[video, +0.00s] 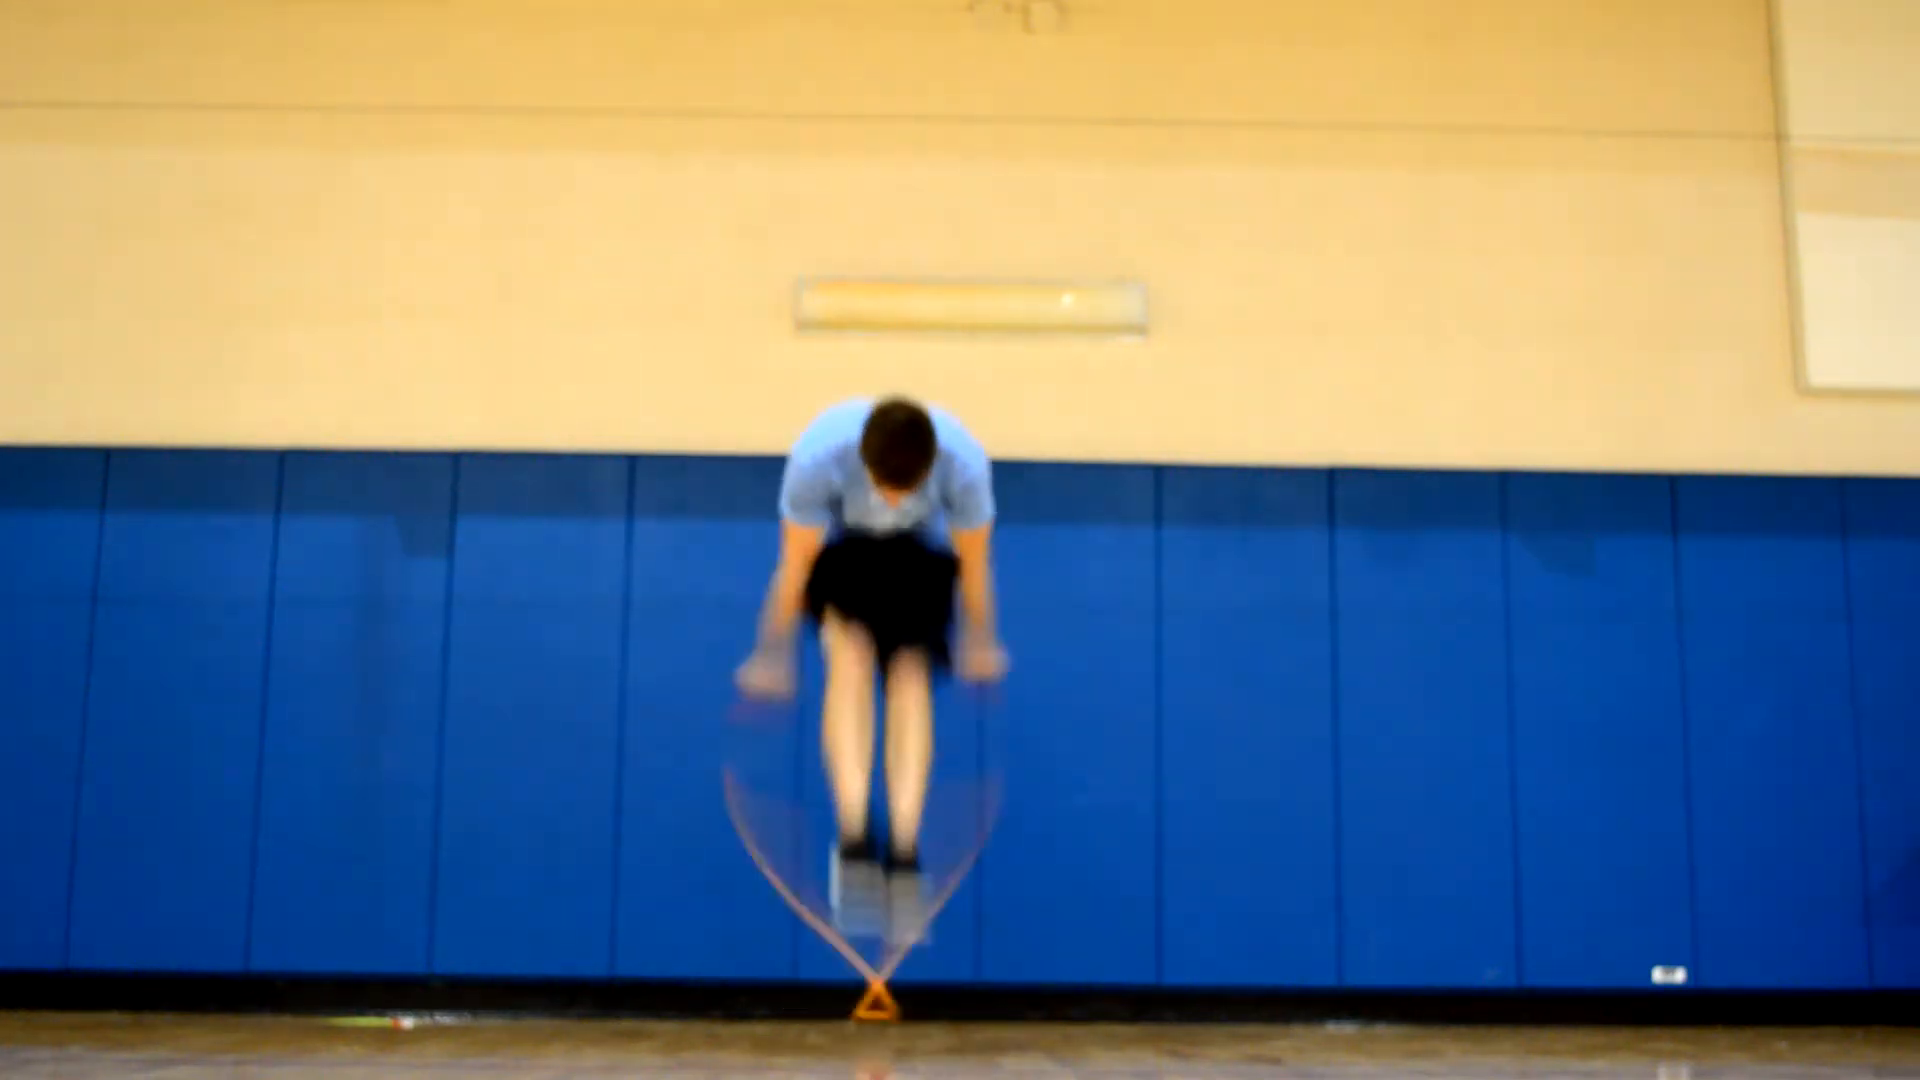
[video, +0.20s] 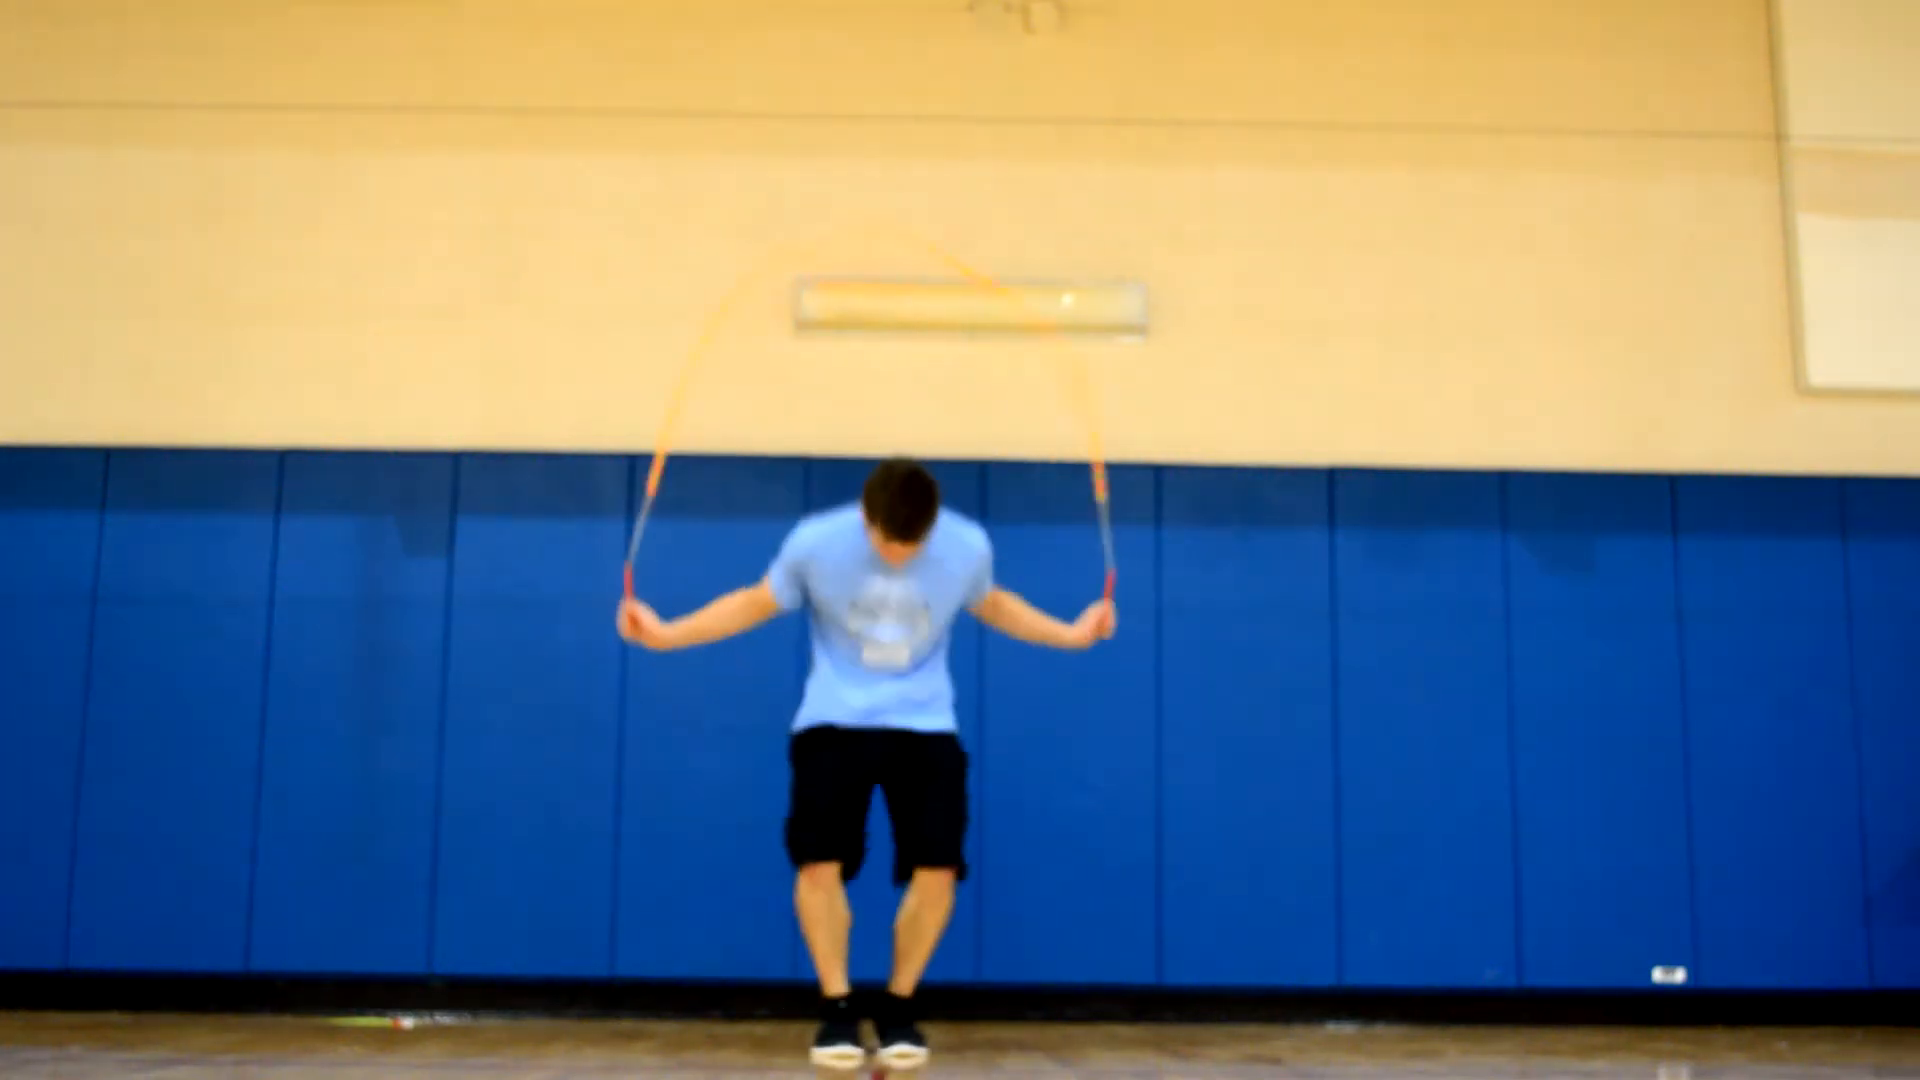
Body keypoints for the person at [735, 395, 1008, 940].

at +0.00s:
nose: (894, 498)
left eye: (906, 490)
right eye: (885, 487)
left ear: (929, 466)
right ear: (864, 461)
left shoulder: (965, 465)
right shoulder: (816, 460)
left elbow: (974, 562)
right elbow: (795, 563)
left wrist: (980, 645)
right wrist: (770, 654)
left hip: (922, 547)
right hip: (847, 540)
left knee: (910, 670)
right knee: (850, 657)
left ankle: (904, 841)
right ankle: (852, 834)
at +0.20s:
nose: (896, 555)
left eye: (908, 546)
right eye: (887, 543)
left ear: (930, 528)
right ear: (867, 519)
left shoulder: (964, 548)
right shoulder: (817, 544)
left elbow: (989, 604)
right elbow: (759, 601)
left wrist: (1071, 634)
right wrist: (665, 634)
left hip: (925, 724)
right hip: (833, 721)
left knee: (938, 867)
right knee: (818, 862)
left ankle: (898, 1010)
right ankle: (837, 1012)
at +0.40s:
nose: (893, 405)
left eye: (905, 392)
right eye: (882, 392)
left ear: (925, 379)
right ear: (863, 376)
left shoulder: (964, 430)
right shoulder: (822, 428)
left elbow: (993, 534)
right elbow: (786, 534)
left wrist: (1046, 623)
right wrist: (734, 629)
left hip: (931, 628)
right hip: (847, 625)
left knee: (916, 790)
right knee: (850, 788)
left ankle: (903, 967)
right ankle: (853, 962)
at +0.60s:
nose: (902, 402)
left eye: (915, 388)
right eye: (890, 387)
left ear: (934, 384)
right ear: (868, 382)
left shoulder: (970, 463)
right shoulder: (829, 460)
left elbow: (983, 572)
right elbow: (803, 567)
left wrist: (1006, 653)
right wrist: (754, 649)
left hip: (938, 670)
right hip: (852, 669)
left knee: (927, 841)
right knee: (856, 840)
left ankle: (916, 1008)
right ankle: (869, 1009)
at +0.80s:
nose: (905, 390)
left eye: (918, 376)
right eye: (892, 376)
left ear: (936, 382)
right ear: (870, 381)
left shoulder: (975, 470)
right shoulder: (833, 466)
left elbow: (996, 580)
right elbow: (796, 572)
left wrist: (1043, 677)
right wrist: (738, 667)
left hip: (940, 677)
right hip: (855, 674)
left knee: (923, 842)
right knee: (863, 839)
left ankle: (914, 1003)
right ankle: (871, 1001)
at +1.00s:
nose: (906, 392)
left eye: (918, 379)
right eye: (893, 379)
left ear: (937, 384)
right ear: (874, 386)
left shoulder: (977, 471)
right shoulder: (842, 470)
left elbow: (1009, 576)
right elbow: (793, 567)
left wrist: (1085, 638)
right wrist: (718, 638)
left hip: (942, 684)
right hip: (858, 681)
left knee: (927, 849)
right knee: (864, 847)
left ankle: (916, 1003)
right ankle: (871, 1002)